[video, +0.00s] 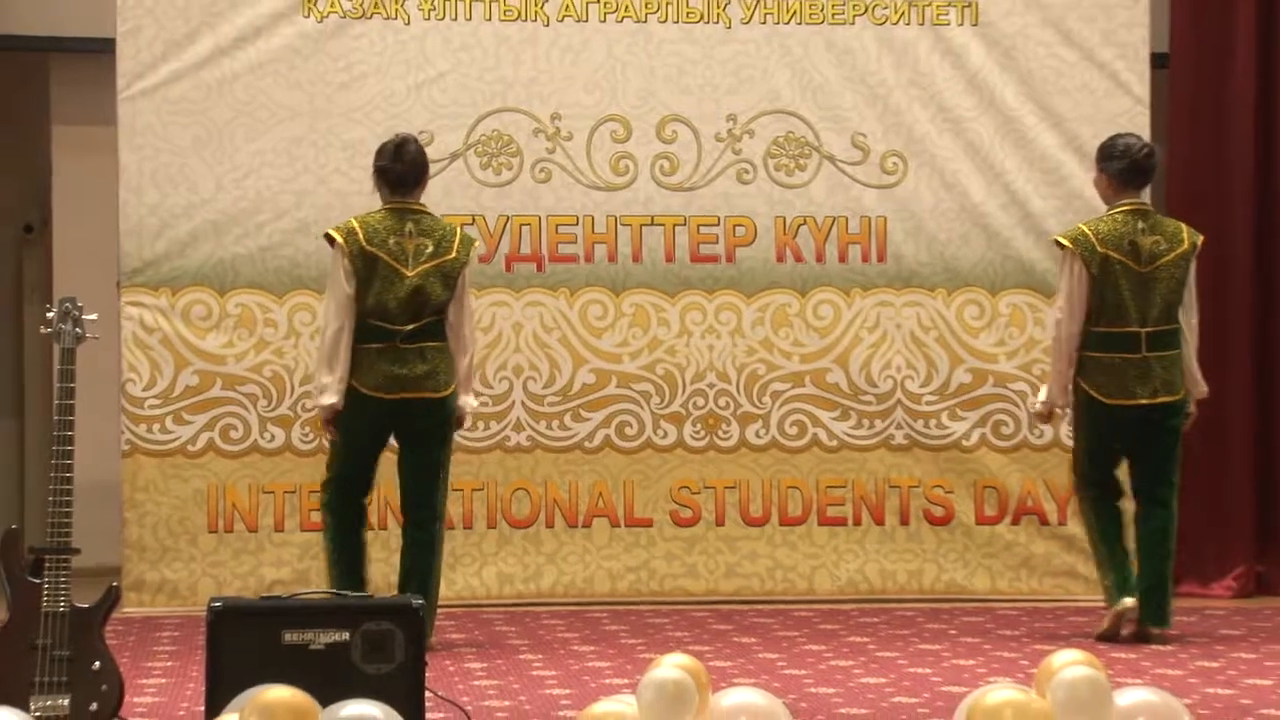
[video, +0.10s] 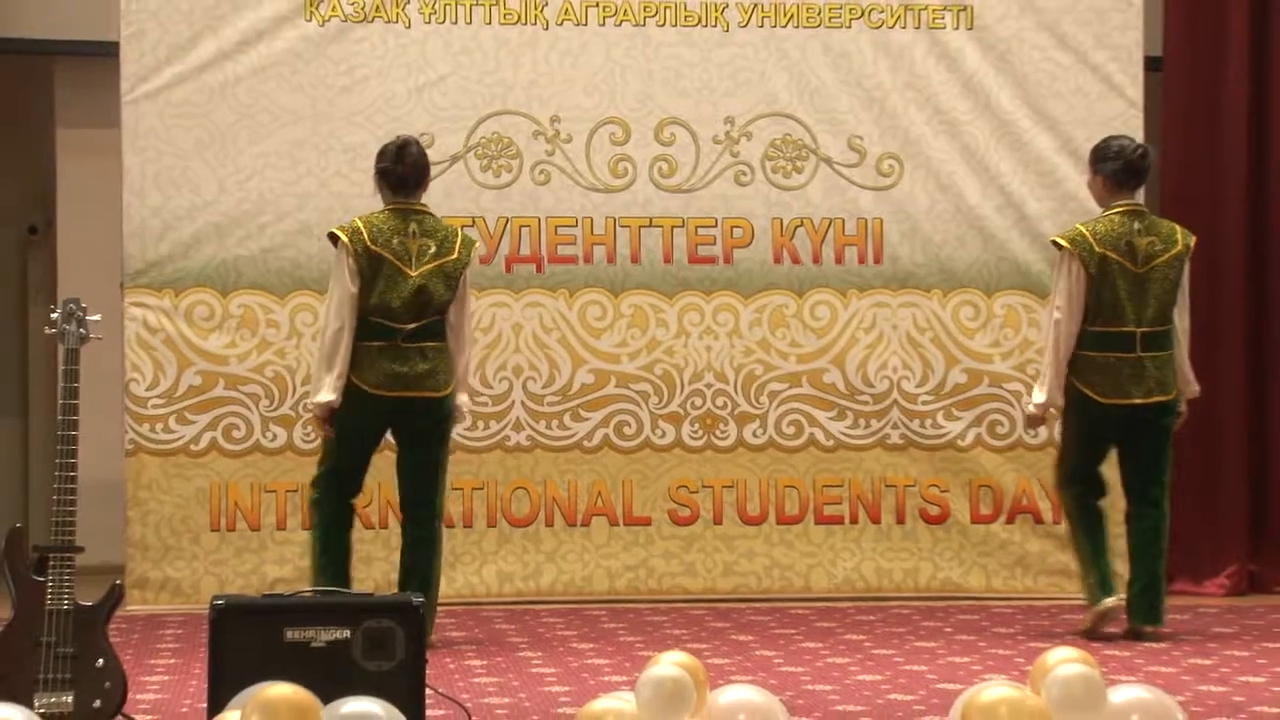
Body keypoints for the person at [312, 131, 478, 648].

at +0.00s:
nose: (392, 185)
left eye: (381, 177)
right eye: (415, 176)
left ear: (376, 180)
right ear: (425, 181)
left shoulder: (352, 239)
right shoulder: (455, 242)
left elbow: (338, 323)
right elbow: (460, 326)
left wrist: (330, 393)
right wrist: (462, 392)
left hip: (367, 398)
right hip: (432, 401)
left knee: (344, 500)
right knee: (424, 515)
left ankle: (351, 616)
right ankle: (417, 625)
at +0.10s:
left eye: (381, 178)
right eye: (414, 176)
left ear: (378, 181)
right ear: (427, 182)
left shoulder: (357, 237)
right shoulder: (457, 243)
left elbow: (339, 322)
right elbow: (460, 326)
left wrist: (327, 392)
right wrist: (459, 391)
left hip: (366, 395)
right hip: (430, 399)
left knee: (334, 492)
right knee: (423, 514)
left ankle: (331, 611)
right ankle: (416, 625)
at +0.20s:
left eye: (382, 181)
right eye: (413, 180)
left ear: (377, 184)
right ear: (425, 185)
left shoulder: (356, 238)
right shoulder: (453, 246)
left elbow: (338, 323)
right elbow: (454, 329)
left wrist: (324, 392)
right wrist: (449, 393)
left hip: (361, 395)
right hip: (424, 400)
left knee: (330, 502)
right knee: (419, 512)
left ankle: (319, 617)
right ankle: (416, 625)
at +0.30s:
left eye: (379, 182)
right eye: (409, 182)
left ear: (373, 185)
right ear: (422, 187)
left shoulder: (350, 240)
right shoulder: (447, 246)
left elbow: (335, 324)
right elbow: (451, 331)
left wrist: (322, 393)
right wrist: (445, 392)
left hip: (357, 398)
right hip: (419, 402)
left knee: (331, 508)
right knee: (416, 513)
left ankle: (322, 619)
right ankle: (416, 623)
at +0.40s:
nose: (387, 196)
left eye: (370, 187)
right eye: (399, 189)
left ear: (363, 190)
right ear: (411, 193)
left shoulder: (334, 244)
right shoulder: (432, 250)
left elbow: (321, 326)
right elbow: (438, 333)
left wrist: (308, 397)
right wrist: (438, 397)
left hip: (345, 402)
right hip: (407, 405)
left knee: (334, 514)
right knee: (409, 515)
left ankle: (326, 621)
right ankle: (414, 623)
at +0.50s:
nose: (378, 198)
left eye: (363, 189)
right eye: (390, 190)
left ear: (355, 192)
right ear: (402, 195)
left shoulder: (326, 246)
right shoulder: (426, 253)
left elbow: (311, 326)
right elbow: (430, 336)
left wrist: (299, 395)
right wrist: (430, 400)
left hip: (336, 404)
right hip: (398, 406)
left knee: (327, 517)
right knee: (403, 517)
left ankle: (322, 623)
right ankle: (412, 622)